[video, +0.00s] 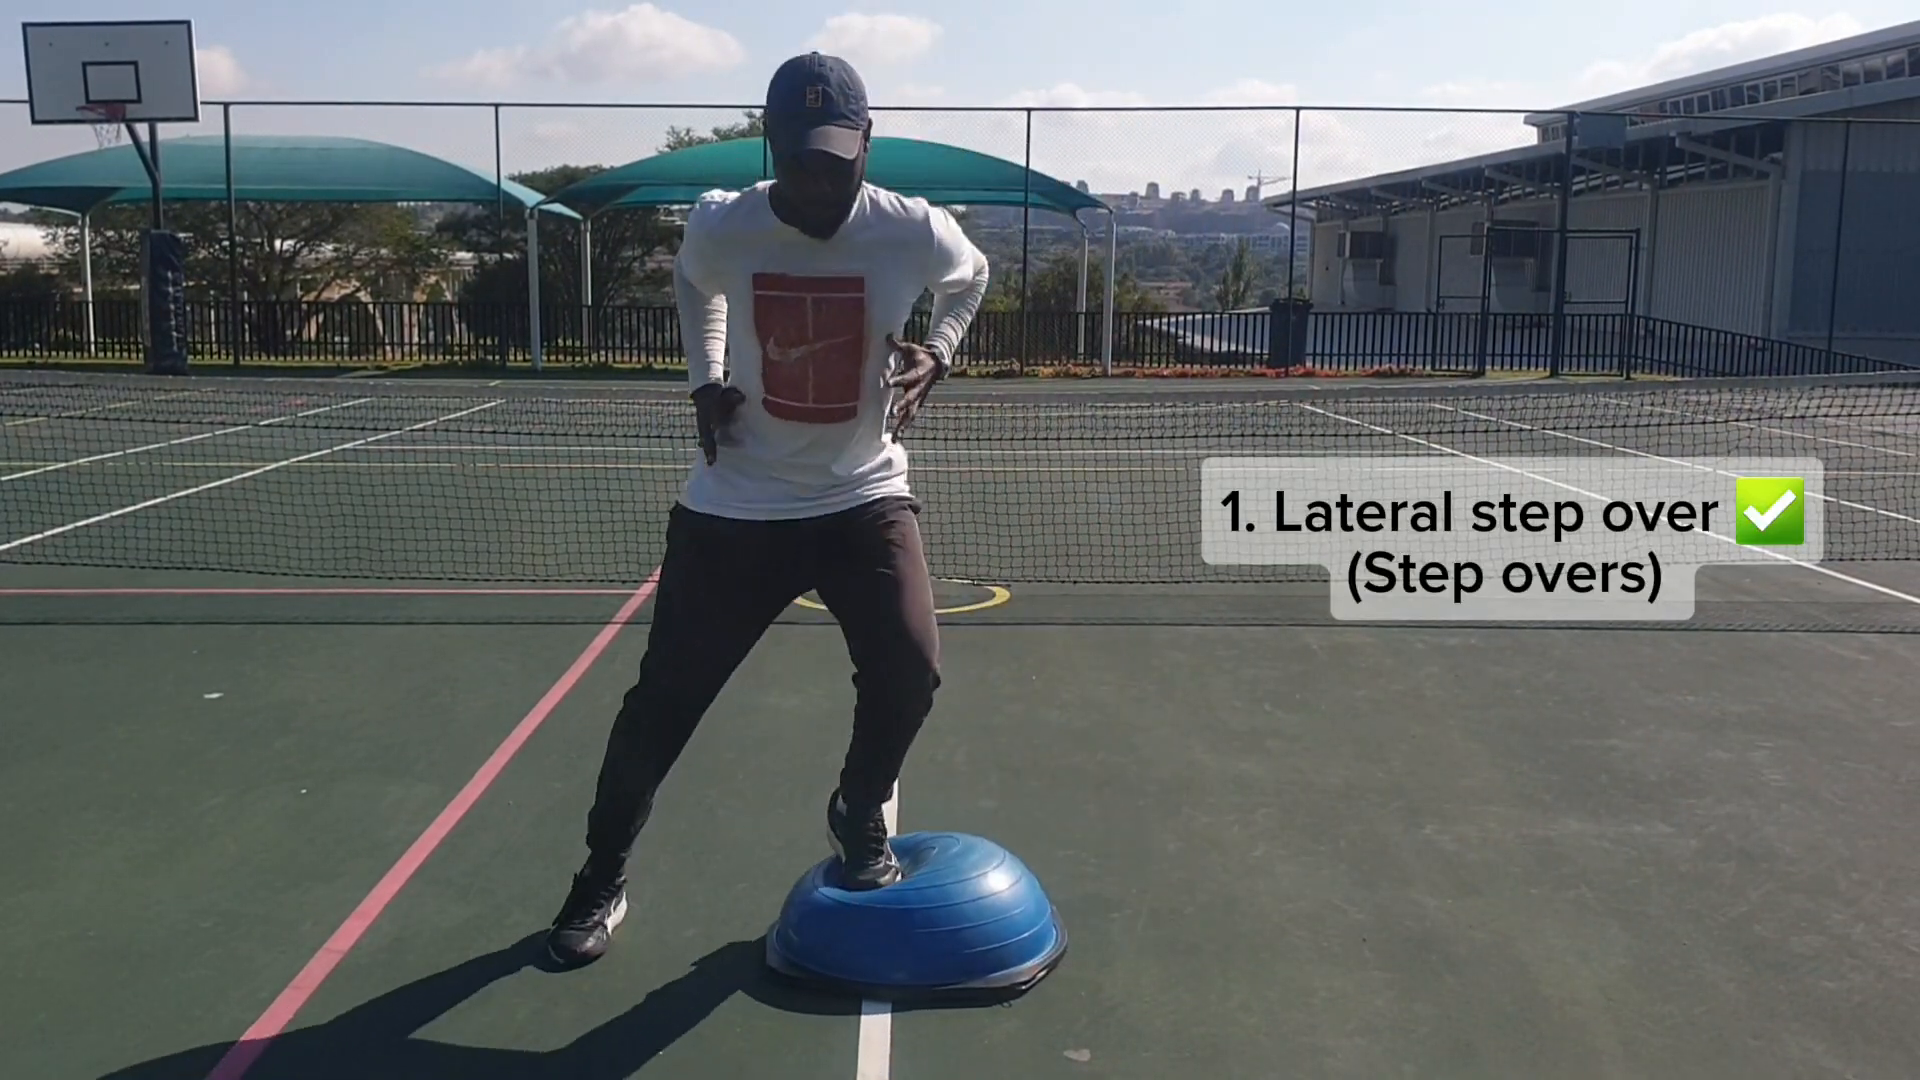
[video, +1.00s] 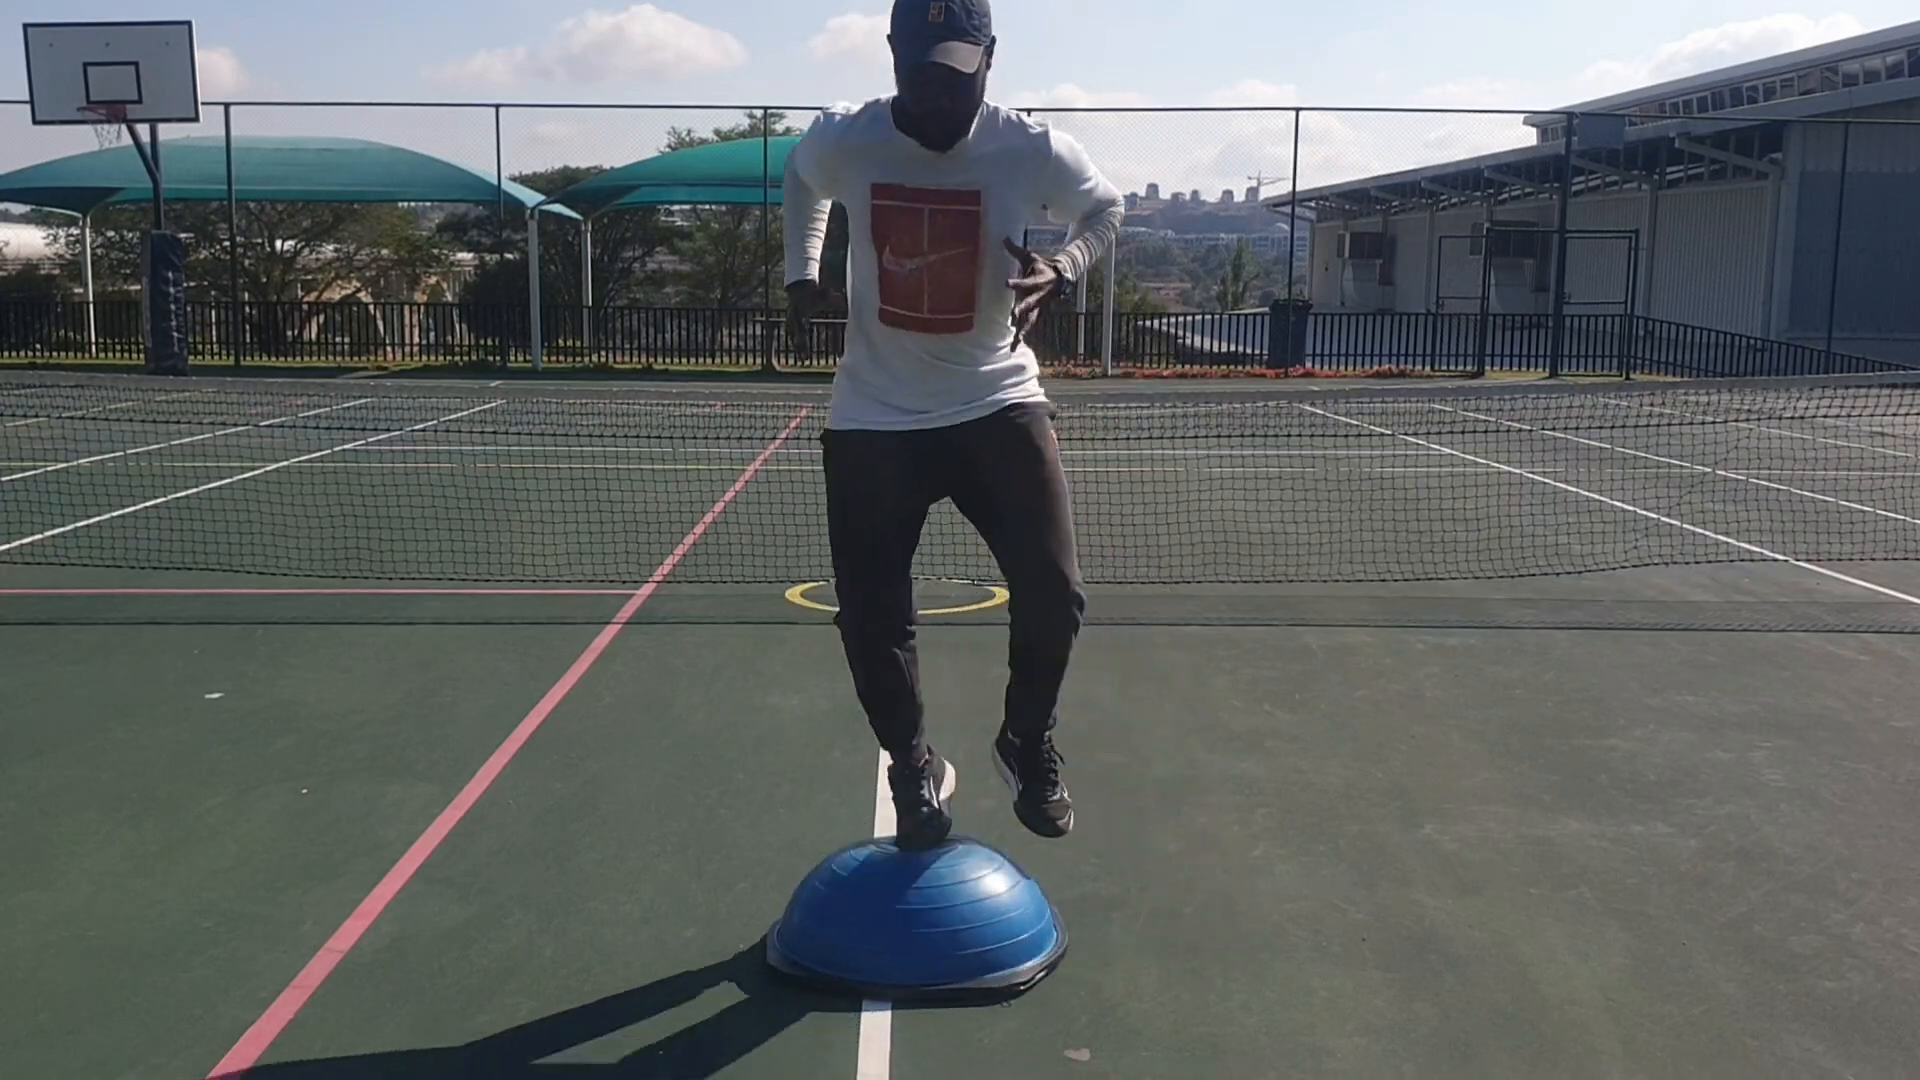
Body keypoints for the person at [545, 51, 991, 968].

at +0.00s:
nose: (826, 176)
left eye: (842, 157)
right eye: (806, 158)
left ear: (867, 146)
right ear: (771, 149)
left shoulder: (915, 232)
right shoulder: (718, 233)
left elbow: (969, 275)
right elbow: (700, 285)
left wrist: (936, 348)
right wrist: (710, 376)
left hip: (864, 495)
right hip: (738, 502)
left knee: (911, 671)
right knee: (664, 699)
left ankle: (862, 809)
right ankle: (601, 878)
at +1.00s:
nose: (944, 96)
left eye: (961, 80)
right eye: (928, 76)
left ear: (987, 69)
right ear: (897, 59)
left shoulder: (1030, 150)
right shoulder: (842, 143)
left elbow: (1106, 208)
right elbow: (803, 180)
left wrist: (1063, 262)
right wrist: (804, 281)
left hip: (995, 399)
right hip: (874, 408)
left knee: (1053, 591)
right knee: (870, 615)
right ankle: (911, 769)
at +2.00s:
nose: (974, 243)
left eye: (991, 223)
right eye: (957, 224)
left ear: (1017, 209)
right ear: (927, 214)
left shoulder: (1076, 294)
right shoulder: (883, 302)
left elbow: (1145, 384)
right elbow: (862, 374)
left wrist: (1109, 435)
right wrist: (892, 433)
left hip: (1070, 531)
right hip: (947, 526)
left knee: (1141, 713)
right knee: (898, 681)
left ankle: (1187, 868)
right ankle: (936, 807)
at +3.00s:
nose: (902, 63)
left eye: (920, 41)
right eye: (884, 40)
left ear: (951, 32)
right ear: (859, 34)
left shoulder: (1005, 116)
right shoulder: (804, 123)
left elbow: (1060, 185)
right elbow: (717, 196)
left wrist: (1039, 232)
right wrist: (762, 250)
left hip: (967, 382)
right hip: (844, 382)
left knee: (983, 589)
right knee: (833, 587)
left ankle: (914, 764)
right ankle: (845, 753)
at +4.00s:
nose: (860, 232)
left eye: (878, 215)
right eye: (845, 212)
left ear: (902, 209)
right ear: (813, 201)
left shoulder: (940, 301)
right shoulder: (745, 287)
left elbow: (977, 383)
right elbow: (697, 378)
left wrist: (947, 429)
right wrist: (732, 451)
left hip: (870, 533)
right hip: (748, 536)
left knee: (936, 670)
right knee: (685, 716)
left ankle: (881, 806)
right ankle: (622, 879)